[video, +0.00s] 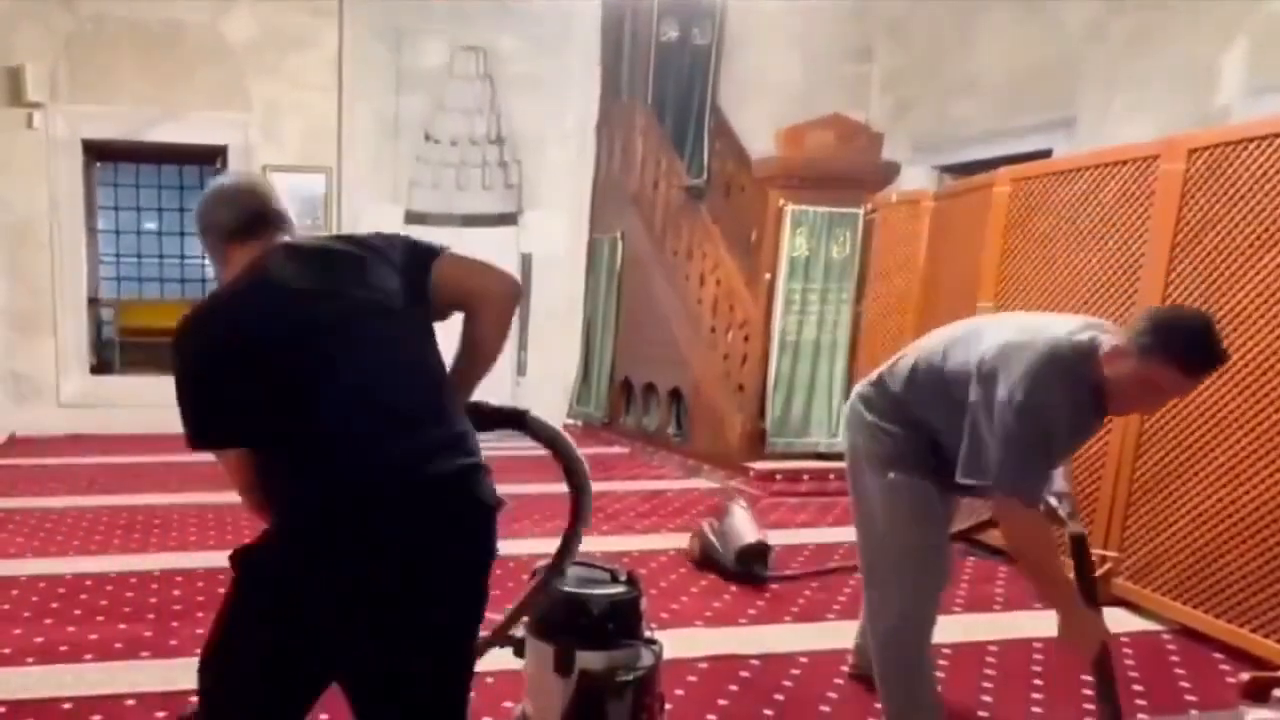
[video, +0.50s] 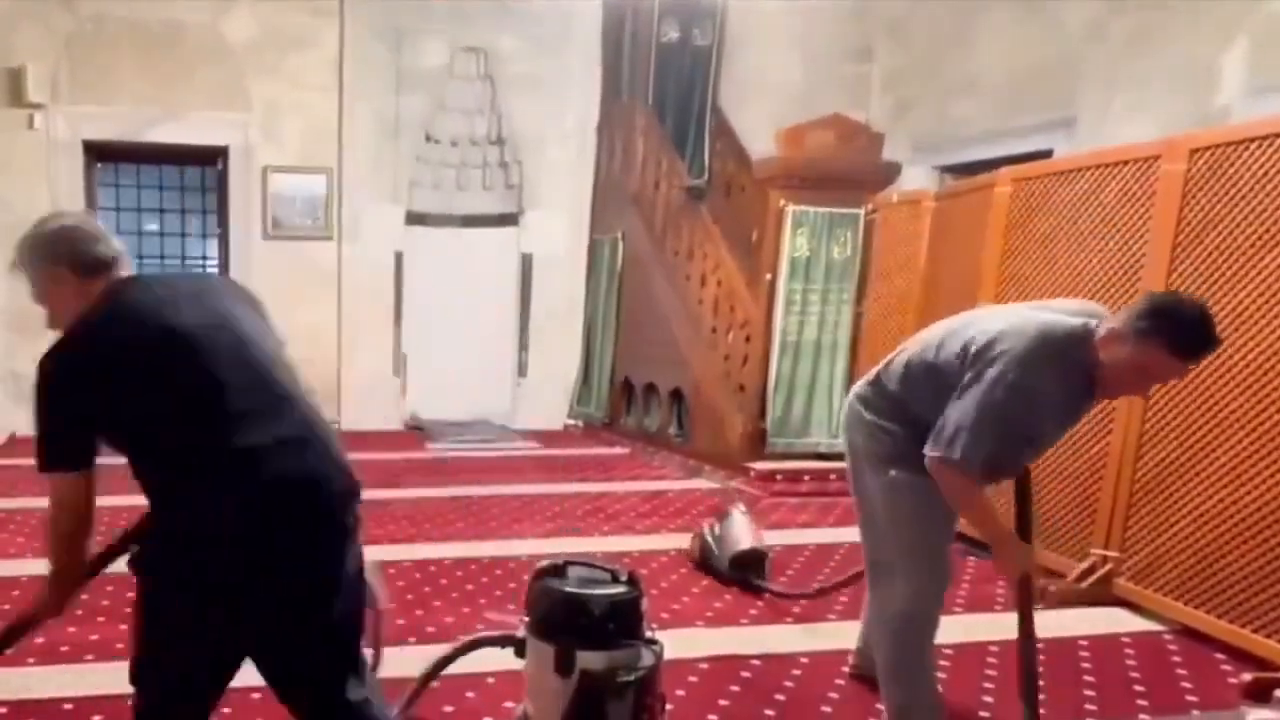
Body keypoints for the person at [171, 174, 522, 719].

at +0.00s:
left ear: (216, 251)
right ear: (288, 223)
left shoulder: (210, 328)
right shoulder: (375, 255)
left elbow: (252, 487)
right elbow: (495, 289)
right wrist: (453, 398)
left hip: (324, 534)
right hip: (452, 514)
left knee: (239, 703)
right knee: (424, 703)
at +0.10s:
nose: (197, 271)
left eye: (194, 256)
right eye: (194, 257)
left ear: (210, 242)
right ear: (274, 227)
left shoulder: (203, 326)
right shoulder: (364, 257)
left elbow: (231, 485)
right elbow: (490, 283)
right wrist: (445, 391)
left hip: (308, 539)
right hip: (434, 525)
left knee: (240, 708)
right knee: (409, 706)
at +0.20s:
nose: (177, 275)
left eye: (173, 259)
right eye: (172, 261)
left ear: (190, 242)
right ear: (247, 229)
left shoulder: (185, 326)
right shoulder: (340, 260)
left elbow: (205, 484)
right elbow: (468, 296)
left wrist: (273, 503)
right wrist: (421, 401)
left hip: (289, 544)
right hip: (407, 532)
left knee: (240, 707)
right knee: (394, 706)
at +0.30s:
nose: (135, 274)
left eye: (132, 258)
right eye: (130, 260)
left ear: (152, 245)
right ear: (211, 236)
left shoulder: (149, 330)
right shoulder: (308, 268)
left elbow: (167, 489)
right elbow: (426, 330)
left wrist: (199, 536)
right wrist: (373, 423)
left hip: (261, 536)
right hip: (375, 522)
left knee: (224, 707)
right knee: (377, 705)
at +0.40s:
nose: (90, 297)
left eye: (86, 279)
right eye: (84, 281)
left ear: (106, 263)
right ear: (162, 250)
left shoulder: (112, 341)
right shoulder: (263, 276)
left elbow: (120, 504)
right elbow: (365, 369)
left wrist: (133, 560)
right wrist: (312, 459)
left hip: (231, 544)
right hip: (343, 531)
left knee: (190, 709)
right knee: (356, 704)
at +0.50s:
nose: (46, 315)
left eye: (42, 296)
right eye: (39, 300)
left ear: (64, 279)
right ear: (114, 261)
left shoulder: (71, 361)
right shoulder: (219, 292)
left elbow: (72, 515)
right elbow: (266, 417)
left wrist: (58, 591)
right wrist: (175, 505)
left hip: (205, 542)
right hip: (313, 518)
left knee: (169, 706)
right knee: (334, 693)